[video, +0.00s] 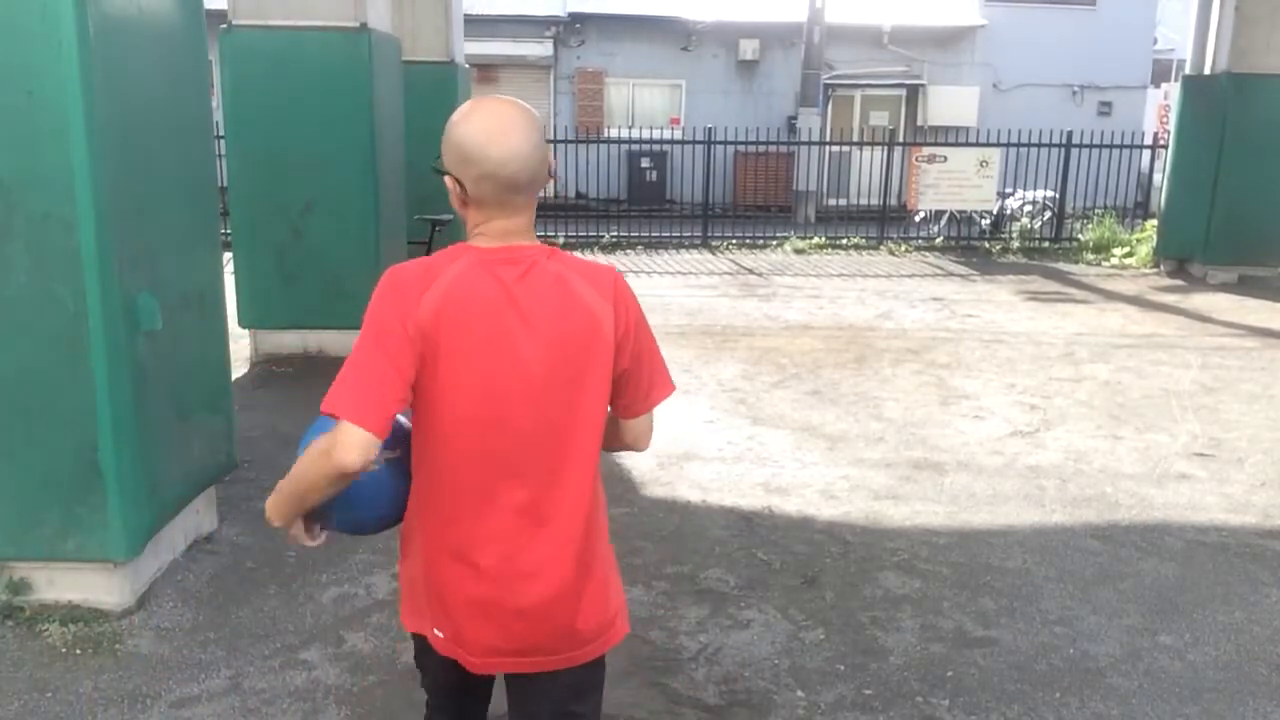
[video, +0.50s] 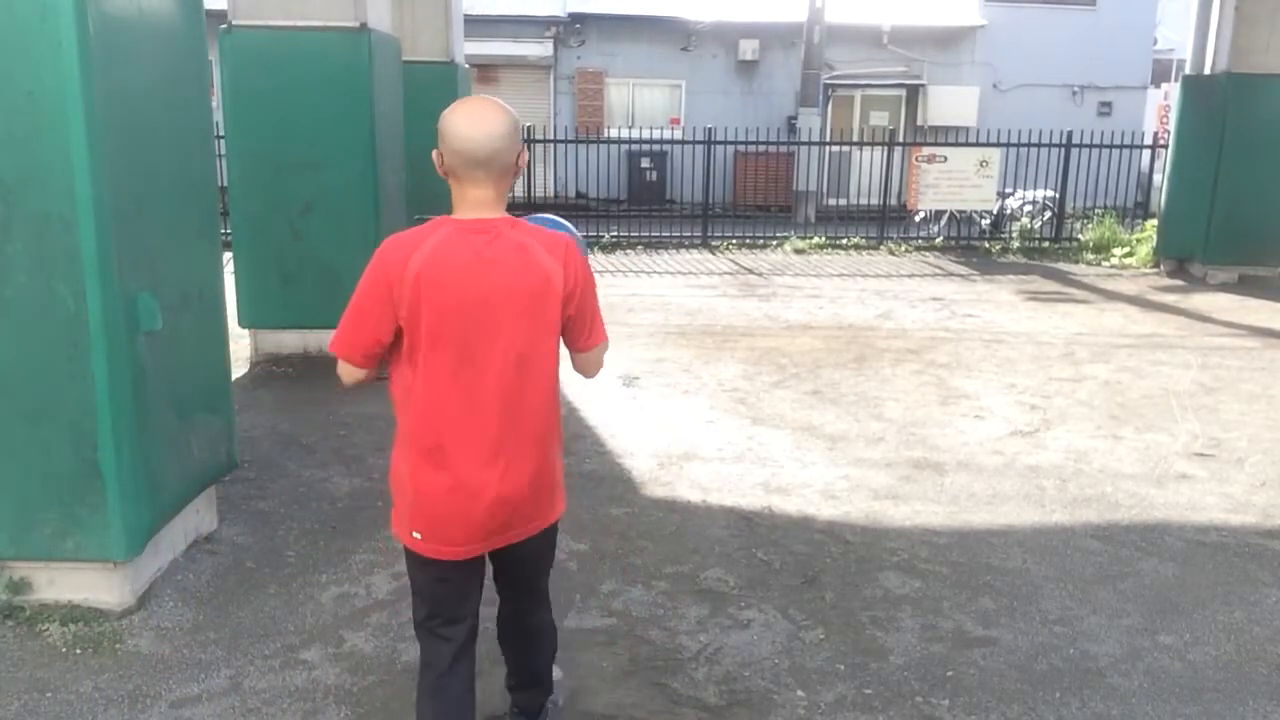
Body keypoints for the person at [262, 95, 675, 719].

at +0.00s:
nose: (443, 187)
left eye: (445, 177)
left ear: (456, 191)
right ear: (548, 176)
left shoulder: (412, 289)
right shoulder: (602, 289)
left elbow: (352, 450)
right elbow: (633, 432)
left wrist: (284, 504)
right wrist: (545, 419)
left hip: (452, 598)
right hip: (566, 599)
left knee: (452, 710)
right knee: (563, 711)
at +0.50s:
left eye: (438, 149)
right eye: (522, 148)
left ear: (439, 164)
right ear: (519, 164)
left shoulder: (400, 256)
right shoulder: (557, 253)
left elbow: (351, 370)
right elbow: (590, 362)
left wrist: (409, 341)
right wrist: (540, 302)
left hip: (437, 498)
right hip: (528, 489)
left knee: (444, 639)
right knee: (528, 612)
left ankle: (445, 714)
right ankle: (531, 705)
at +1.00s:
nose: (573, 163)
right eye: (574, 156)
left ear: (504, 154)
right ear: (569, 165)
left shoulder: (452, 217)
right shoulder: (581, 243)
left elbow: (401, 311)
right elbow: (590, 361)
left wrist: (447, 343)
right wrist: (555, 373)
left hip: (457, 422)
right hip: (534, 433)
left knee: (445, 532)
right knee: (529, 558)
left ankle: (432, 659)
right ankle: (519, 683)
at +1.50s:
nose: (521, 158)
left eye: (521, 147)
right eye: (519, 148)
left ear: (462, 148)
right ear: (500, 150)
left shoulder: (419, 215)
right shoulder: (502, 218)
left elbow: (405, 308)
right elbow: (522, 321)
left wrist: (488, 289)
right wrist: (566, 302)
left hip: (440, 404)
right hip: (502, 407)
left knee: (448, 514)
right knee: (536, 526)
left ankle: (437, 630)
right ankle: (515, 666)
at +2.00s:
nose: (522, 172)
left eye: (522, 162)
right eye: (520, 161)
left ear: (465, 161)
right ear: (501, 162)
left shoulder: (429, 218)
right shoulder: (500, 230)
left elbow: (456, 284)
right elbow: (539, 325)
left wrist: (523, 260)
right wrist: (585, 290)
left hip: (434, 395)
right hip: (485, 404)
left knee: (471, 485)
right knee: (515, 526)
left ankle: (447, 587)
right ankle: (469, 646)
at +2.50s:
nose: (517, 181)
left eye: (519, 170)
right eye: (517, 168)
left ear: (470, 159)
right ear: (495, 161)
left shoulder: (427, 211)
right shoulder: (479, 220)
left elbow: (441, 288)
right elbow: (469, 320)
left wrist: (516, 292)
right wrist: (533, 384)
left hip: (433, 388)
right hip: (478, 381)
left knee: (466, 492)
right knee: (579, 358)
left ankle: (456, 613)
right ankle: (531, 474)